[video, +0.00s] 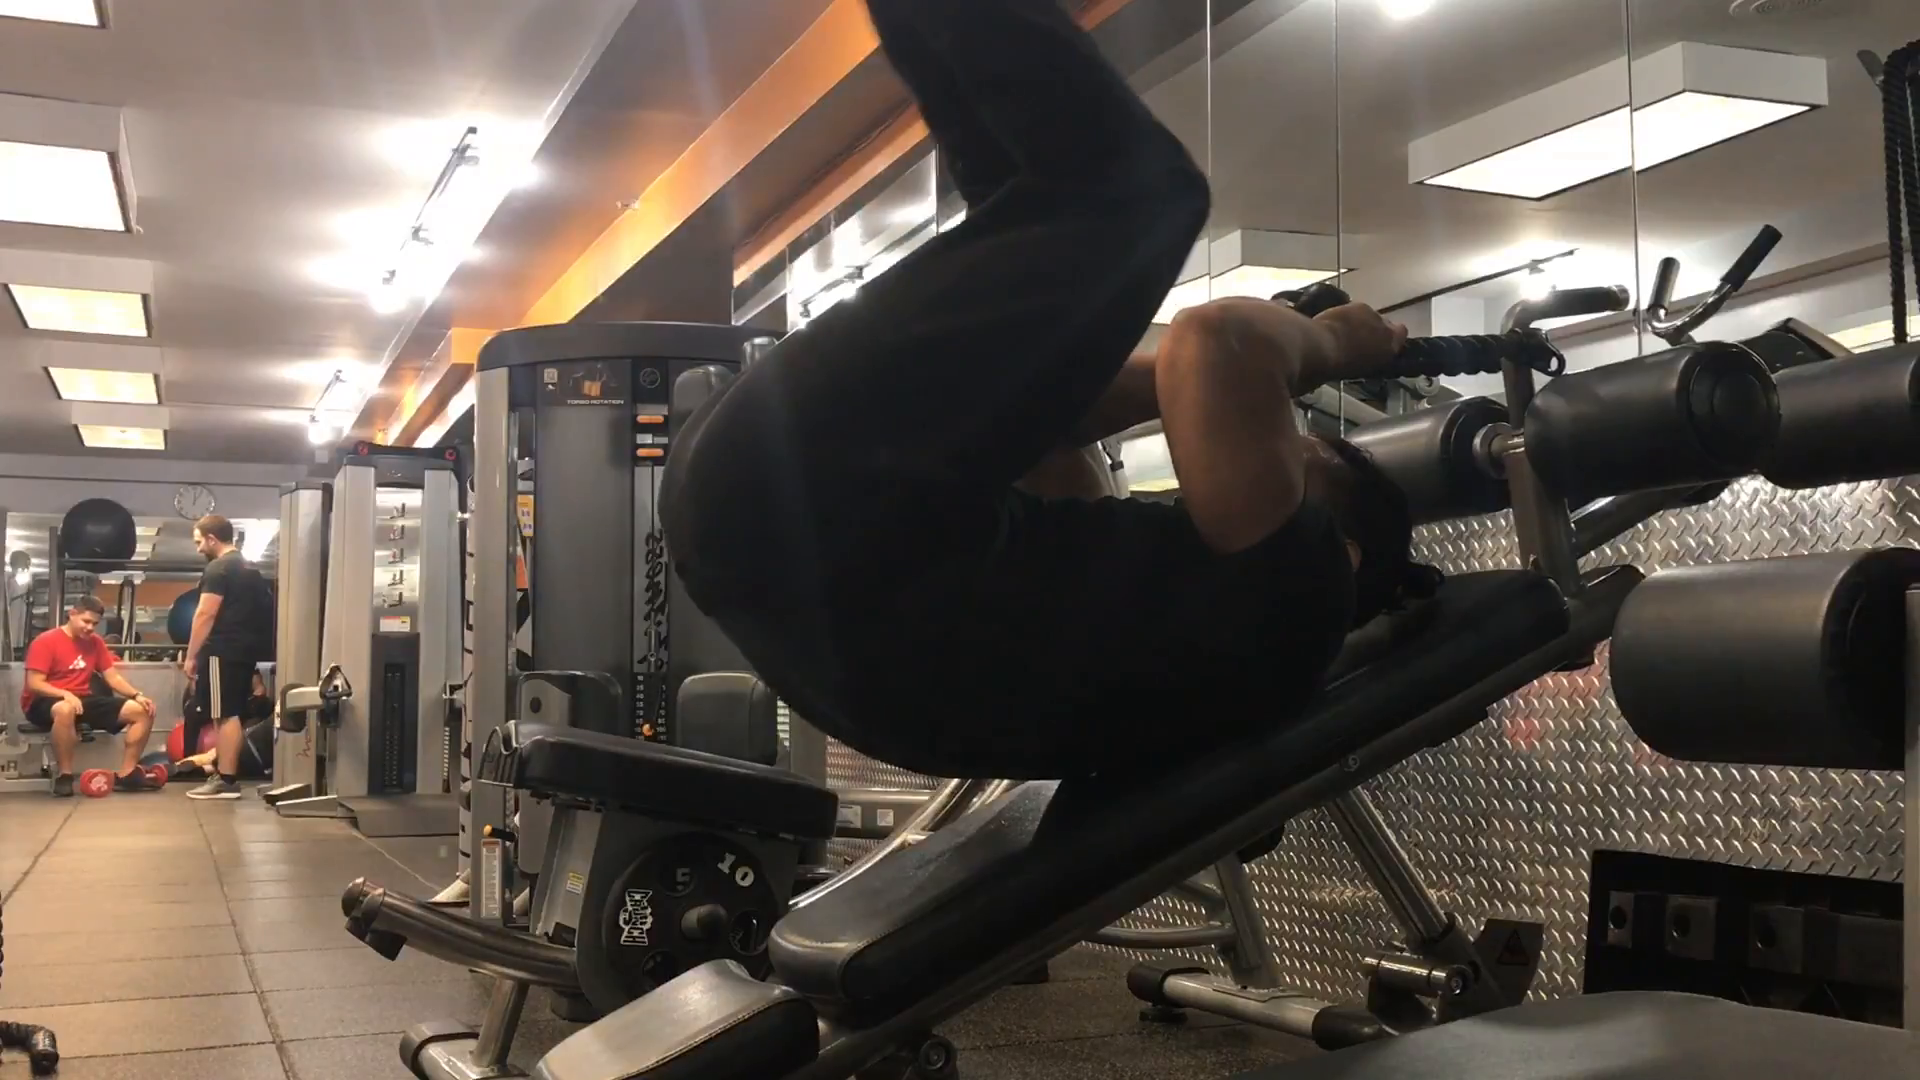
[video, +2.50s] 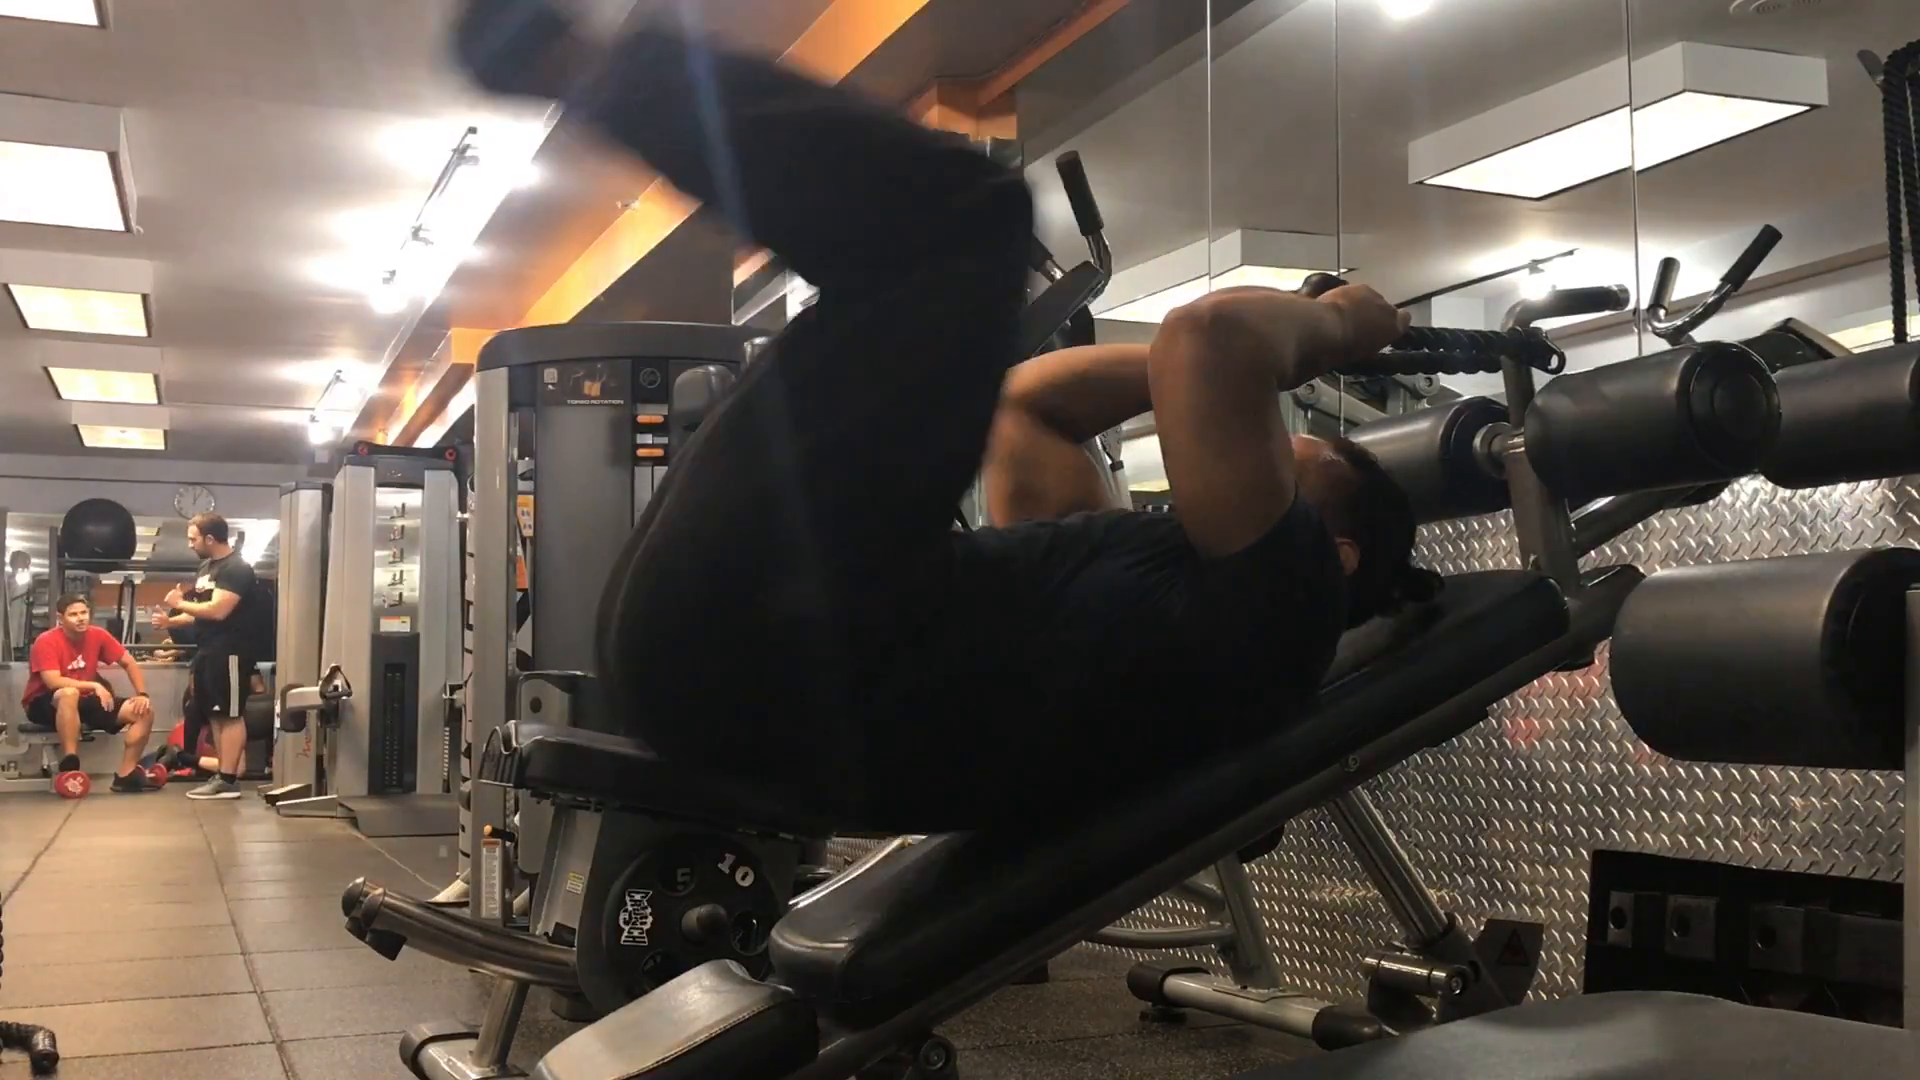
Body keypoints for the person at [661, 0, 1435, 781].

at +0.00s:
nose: (1297, 447)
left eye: (1324, 455)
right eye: (1316, 443)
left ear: (1342, 524)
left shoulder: (1290, 598)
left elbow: (1211, 338)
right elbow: (1039, 409)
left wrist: (1328, 340)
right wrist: (1212, 365)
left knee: (1141, 188)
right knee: (1060, 226)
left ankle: (905, 12)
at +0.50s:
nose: (1221, 457)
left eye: (1263, 461)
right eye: (1240, 448)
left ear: (1297, 511)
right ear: (1238, 494)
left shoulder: (1256, 619)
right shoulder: (1091, 575)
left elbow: (1194, 332)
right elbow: (1023, 393)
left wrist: (1311, 347)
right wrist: (1218, 362)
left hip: (762, 832)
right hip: (709, 771)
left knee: (668, 294)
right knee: (652, 300)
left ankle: (190, 350)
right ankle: (199, 350)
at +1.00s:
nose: (1123, 443)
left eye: (1162, 429)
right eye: (1107, 436)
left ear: (1243, 482)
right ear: (1122, 493)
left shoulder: (1224, 616)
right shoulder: (1056, 570)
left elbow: (1172, 331)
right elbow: (1003, 399)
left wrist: (1313, 352)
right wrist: (1206, 407)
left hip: (709, 863)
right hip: (642, 781)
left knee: (126, 893)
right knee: (131, 864)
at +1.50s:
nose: (1236, 468)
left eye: (1270, 463)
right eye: (1253, 454)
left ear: (1303, 521)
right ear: (1233, 500)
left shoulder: (1254, 618)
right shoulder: (1103, 581)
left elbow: (1194, 337)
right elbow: (1010, 401)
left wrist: (1323, 344)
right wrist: (1216, 393)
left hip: (735, 820)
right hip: (730, 754)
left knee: (721, 273)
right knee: (739, 266)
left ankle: (262, 263)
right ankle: (320, 256)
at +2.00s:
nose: (1291, 461)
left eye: (1325, 469)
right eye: (1308, 459)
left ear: (1351, 566)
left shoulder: (1296, 607)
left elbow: (1201, 349)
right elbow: (1044, 442)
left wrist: (1335, 327)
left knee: (1200, 179)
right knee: (1127, 200)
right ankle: (977, 28)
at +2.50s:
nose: (1296, 444)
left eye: (1325, 457)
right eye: (1311, 440)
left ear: (1341, 543)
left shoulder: (1283, 599)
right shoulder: (1134, 593)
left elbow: (1211, 338)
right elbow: (1025, 405)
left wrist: (1333, 318)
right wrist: (1206, 371)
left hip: (758, 675)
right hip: (710, 667)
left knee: (973, 213)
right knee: (956, 233)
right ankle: (576, 61)